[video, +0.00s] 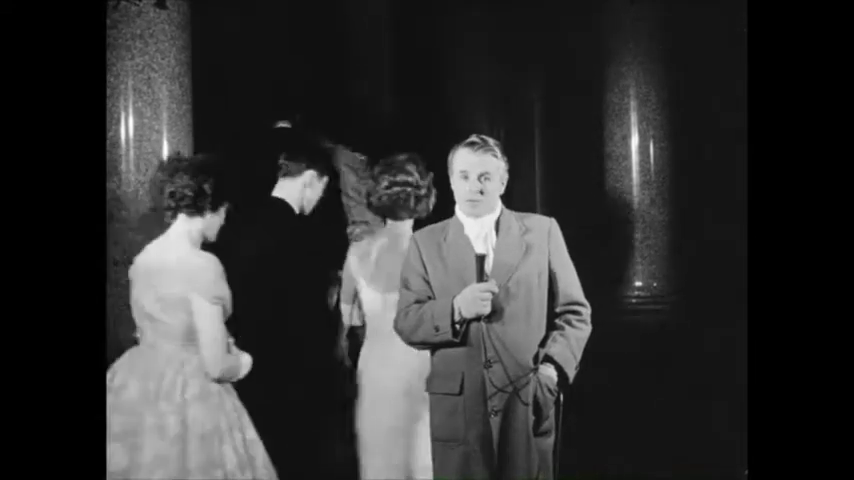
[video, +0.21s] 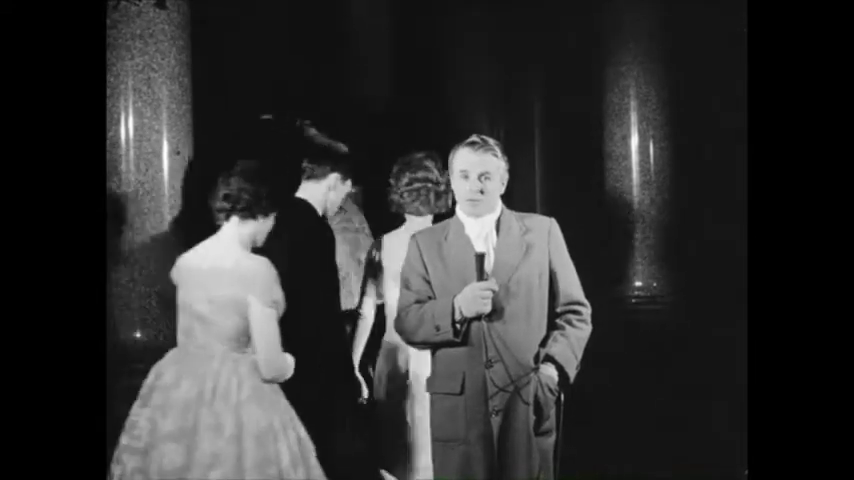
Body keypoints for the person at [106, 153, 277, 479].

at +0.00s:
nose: (224, 220)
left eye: (225, 211)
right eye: (223, 211)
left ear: (178, 204)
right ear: (208, 208)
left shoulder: (143, 260)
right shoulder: (204, 266)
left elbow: (146, 333)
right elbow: (217, 365)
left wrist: (217, 344)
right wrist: (244, 362)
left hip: (143, 373)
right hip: (191, 385)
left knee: (144, 468)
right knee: (197, 470)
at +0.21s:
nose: (273, 226)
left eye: (273, 218)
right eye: (272, 217)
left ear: (226, 210)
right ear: (259, 215)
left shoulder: (186, 262)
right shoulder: (257, 270)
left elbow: (187, 339)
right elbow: (271, 367)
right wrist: (289, 362)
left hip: (182, 377)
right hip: (237, 388)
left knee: (179, 470)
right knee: (241, 471)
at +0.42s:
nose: (313, 220)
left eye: (315, 212)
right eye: (313, 211)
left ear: (268, 203)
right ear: (301, 210)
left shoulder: (230, 252)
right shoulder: (301, 262)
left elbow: (222, 331)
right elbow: (315, 356)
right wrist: (326, 351)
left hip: (222, 374)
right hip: (277, 381)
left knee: (220, 469)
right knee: (281, 470)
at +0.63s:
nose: (341, 217)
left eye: (344, 208)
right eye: (342, 207)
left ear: (297, 197)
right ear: (331, 205)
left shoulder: (255, 248)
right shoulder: (334, 257)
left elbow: (243, 324)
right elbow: (348, 349)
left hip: (252, 367)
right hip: (308, 370)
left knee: (247, 467)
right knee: (310, 467)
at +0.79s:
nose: (352, 220)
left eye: (353, 211)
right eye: (352, 211)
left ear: (311, 204)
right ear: (346, 209)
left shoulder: (273, 252)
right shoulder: (353, 259)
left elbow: (262, 326)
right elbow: (363, 349)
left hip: (271, 370)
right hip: (327, 374)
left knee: (267, 467)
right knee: (330, 467)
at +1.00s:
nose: (371, 215)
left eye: (370, 206)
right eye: (369, 207)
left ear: (329, 203)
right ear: (363, 209)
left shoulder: (296, 254)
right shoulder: (370, 255)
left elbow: (288, 331)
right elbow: (384, 340)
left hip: (299, 370)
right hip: (352, 373)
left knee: (297, 467)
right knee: (355, 466)